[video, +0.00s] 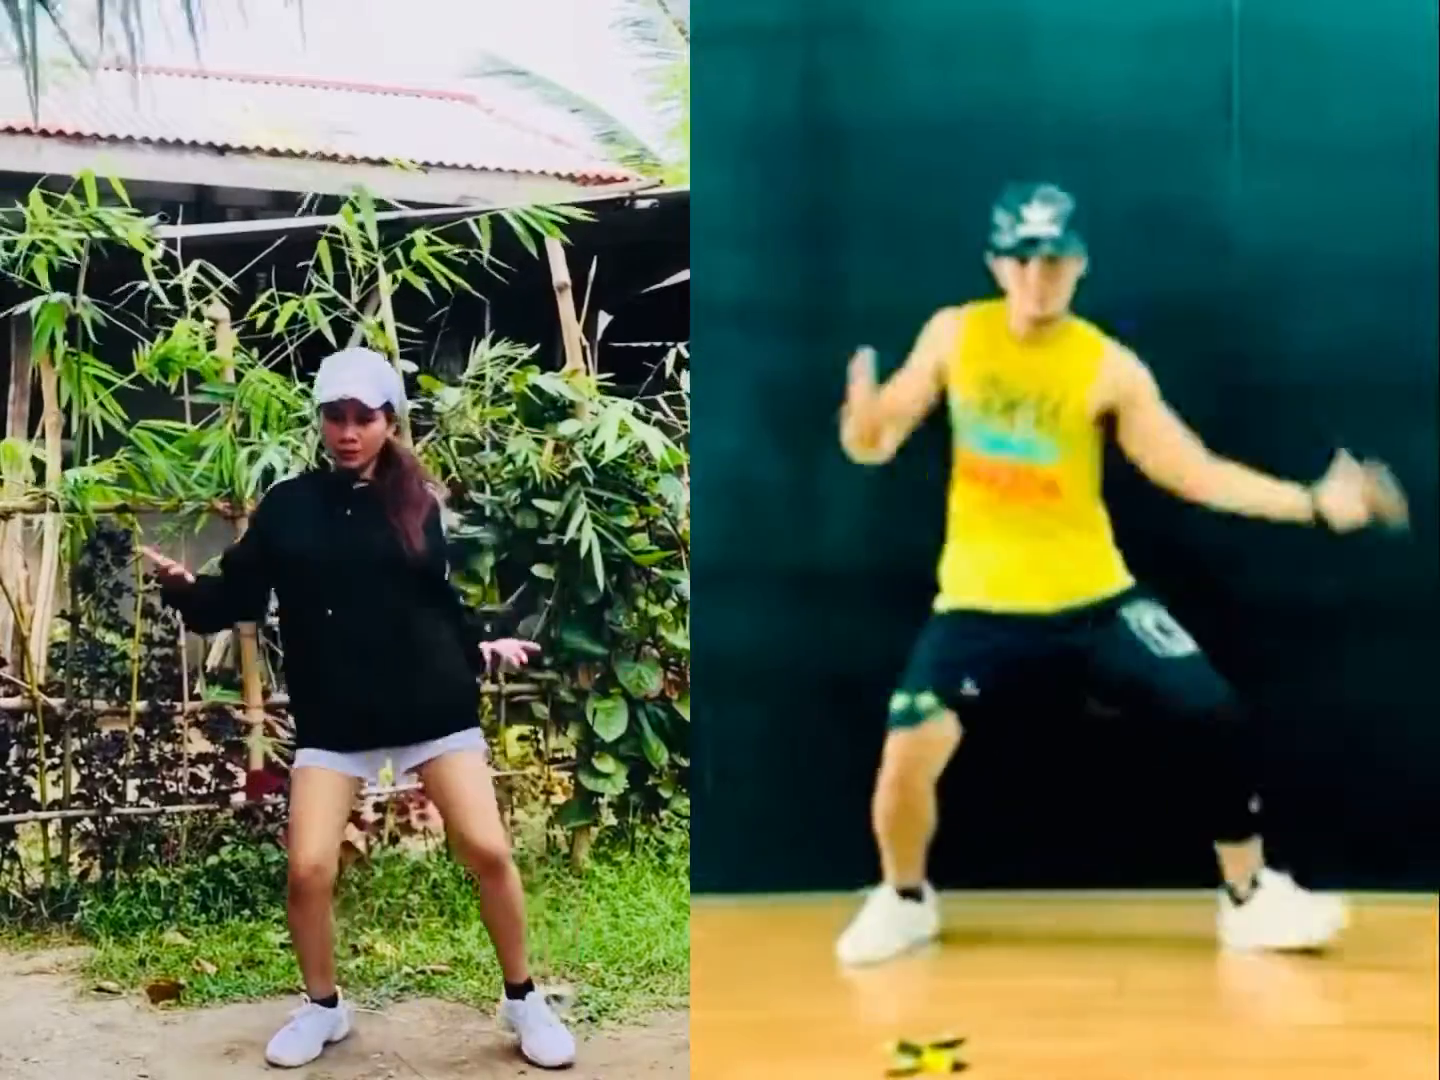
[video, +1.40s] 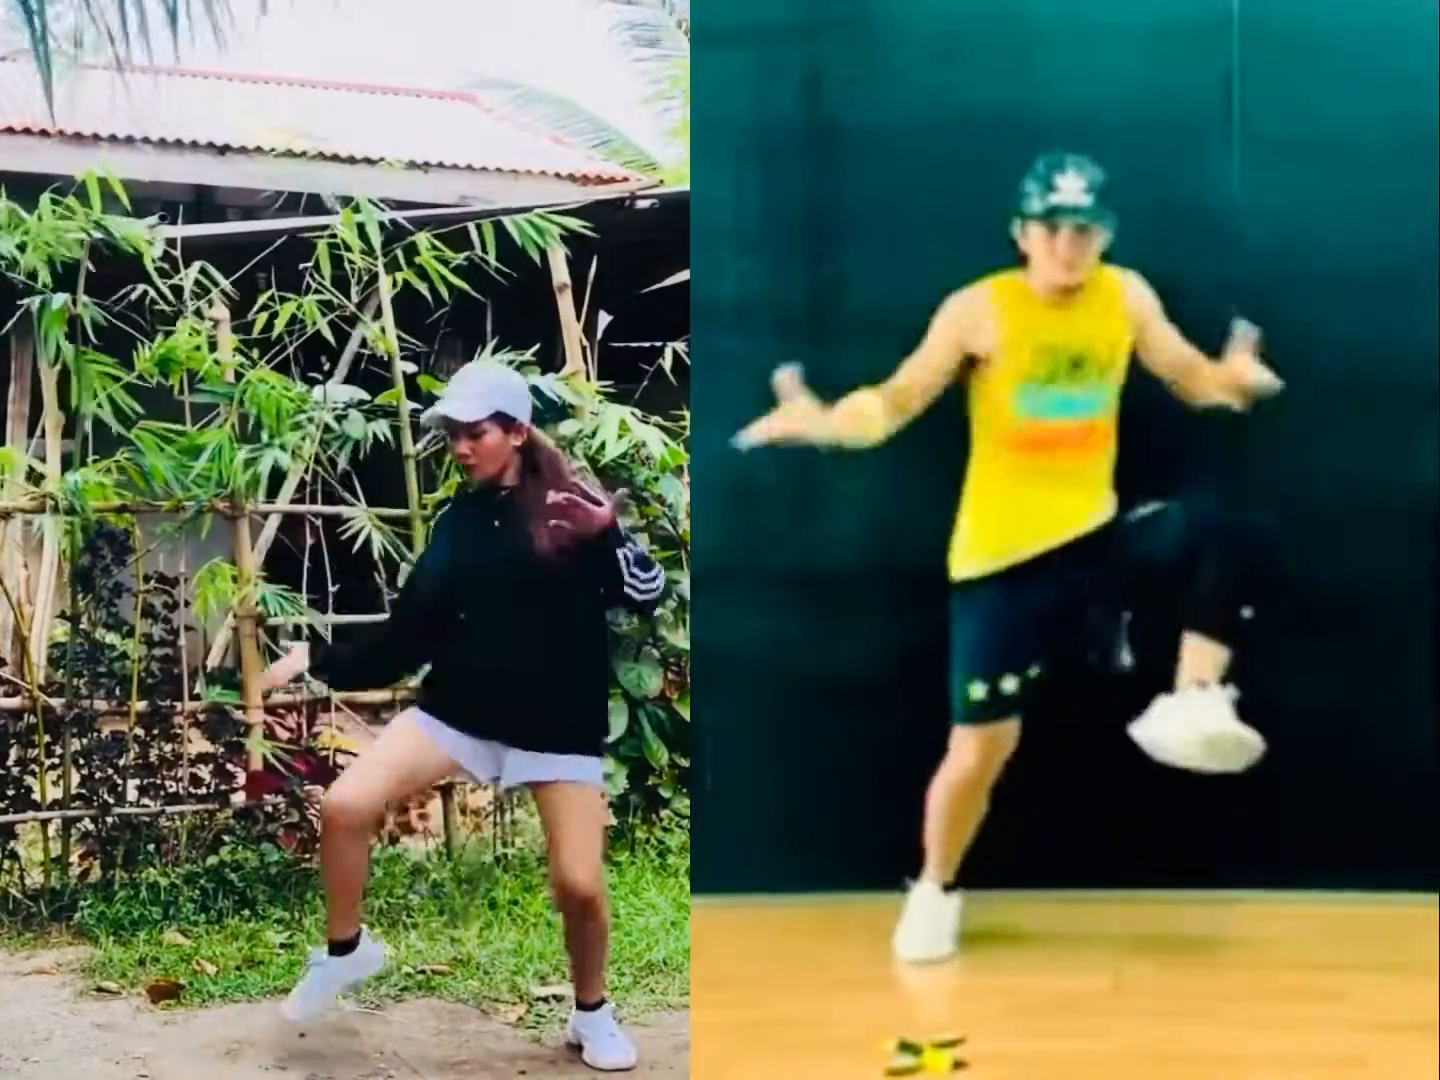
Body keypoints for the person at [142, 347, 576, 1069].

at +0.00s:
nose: (345, 432)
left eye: (361, 418)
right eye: (333, 417)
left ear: (390, 422)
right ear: (317, 422)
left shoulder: (416, 501)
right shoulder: (285, 507)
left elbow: (437, 599)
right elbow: (236, 599)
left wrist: (484, 639)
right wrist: (186, 590)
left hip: (437, 710)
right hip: (331, 721)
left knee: (489, 850)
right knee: (307, 869)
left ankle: (522, 998)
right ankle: (323, 1006)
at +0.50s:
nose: (398, 448)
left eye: (411, 434)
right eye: (384, 433)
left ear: (432, 438)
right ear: (363, 436)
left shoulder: (440, 517)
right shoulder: (324, 510)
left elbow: (460, 630)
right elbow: (252, 579)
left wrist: (528, 613)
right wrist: (195, 598)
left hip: (466, 710)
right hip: (365, 729)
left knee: (543, 829)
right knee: (329, 888)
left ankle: (587, 969)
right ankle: (322, 1007)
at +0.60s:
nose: (420, 464)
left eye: (434, 448)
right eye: (405, 449)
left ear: (456, 452)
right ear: (386, 456)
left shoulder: (486, 536)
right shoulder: (355, 547)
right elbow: (295, 642)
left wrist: (588, 581)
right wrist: (229, 679)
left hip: (482, 745)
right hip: (375, 753)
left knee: (570, 860)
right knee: (336, 904)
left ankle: (595, 1007)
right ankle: (320, 1009)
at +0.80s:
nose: (468, 468)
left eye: (481, 451)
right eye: (455, 455)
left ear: (514, 448)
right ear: (444, 462)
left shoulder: (562, 534)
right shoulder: (437, 545)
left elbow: (591, 627)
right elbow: (396, 656)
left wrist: (628, 654)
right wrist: (362, 629)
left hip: (555, 747)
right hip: (449, 740)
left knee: (590, 902)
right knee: (363, 869)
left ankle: (594, 1015)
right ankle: (324, 1001)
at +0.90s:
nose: (482, 448)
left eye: (494, 431)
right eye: (470, 436)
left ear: (532, 425)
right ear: (463, 441)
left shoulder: (588, 511)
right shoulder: (463, 521)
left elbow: (615, 615)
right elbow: (388, 601)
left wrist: (633, 639)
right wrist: (310, 593)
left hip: (576, 725)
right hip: (474, 715)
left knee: (585, 886)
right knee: (375, 828)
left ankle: (593, 1014)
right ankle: (372, 971)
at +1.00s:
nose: (491, 438)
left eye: (503, 422)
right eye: (481, 426)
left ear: (545, 415)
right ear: (477, 429)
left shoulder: (605, 494)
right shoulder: (483, 508)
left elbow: (681, 598)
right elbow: (431, 619)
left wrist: (674, 570)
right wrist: (349, 632)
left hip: (574, 709)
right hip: (474, 694)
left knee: (587, 876)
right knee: (381, 796)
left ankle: (591, 1012)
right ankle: (434, 910)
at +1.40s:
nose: (461, 448)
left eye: (474, 433)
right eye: (454, 435)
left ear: (517, 430)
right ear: (457, 437)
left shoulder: (578, 510)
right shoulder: (459, 521)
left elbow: (643, 596)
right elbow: (407, 637)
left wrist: (610, 536)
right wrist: (314, 657)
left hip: (561, 727)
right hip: (458, 710)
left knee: (580, 886)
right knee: (345, 806)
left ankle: (592, 1011)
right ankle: (344, 950)